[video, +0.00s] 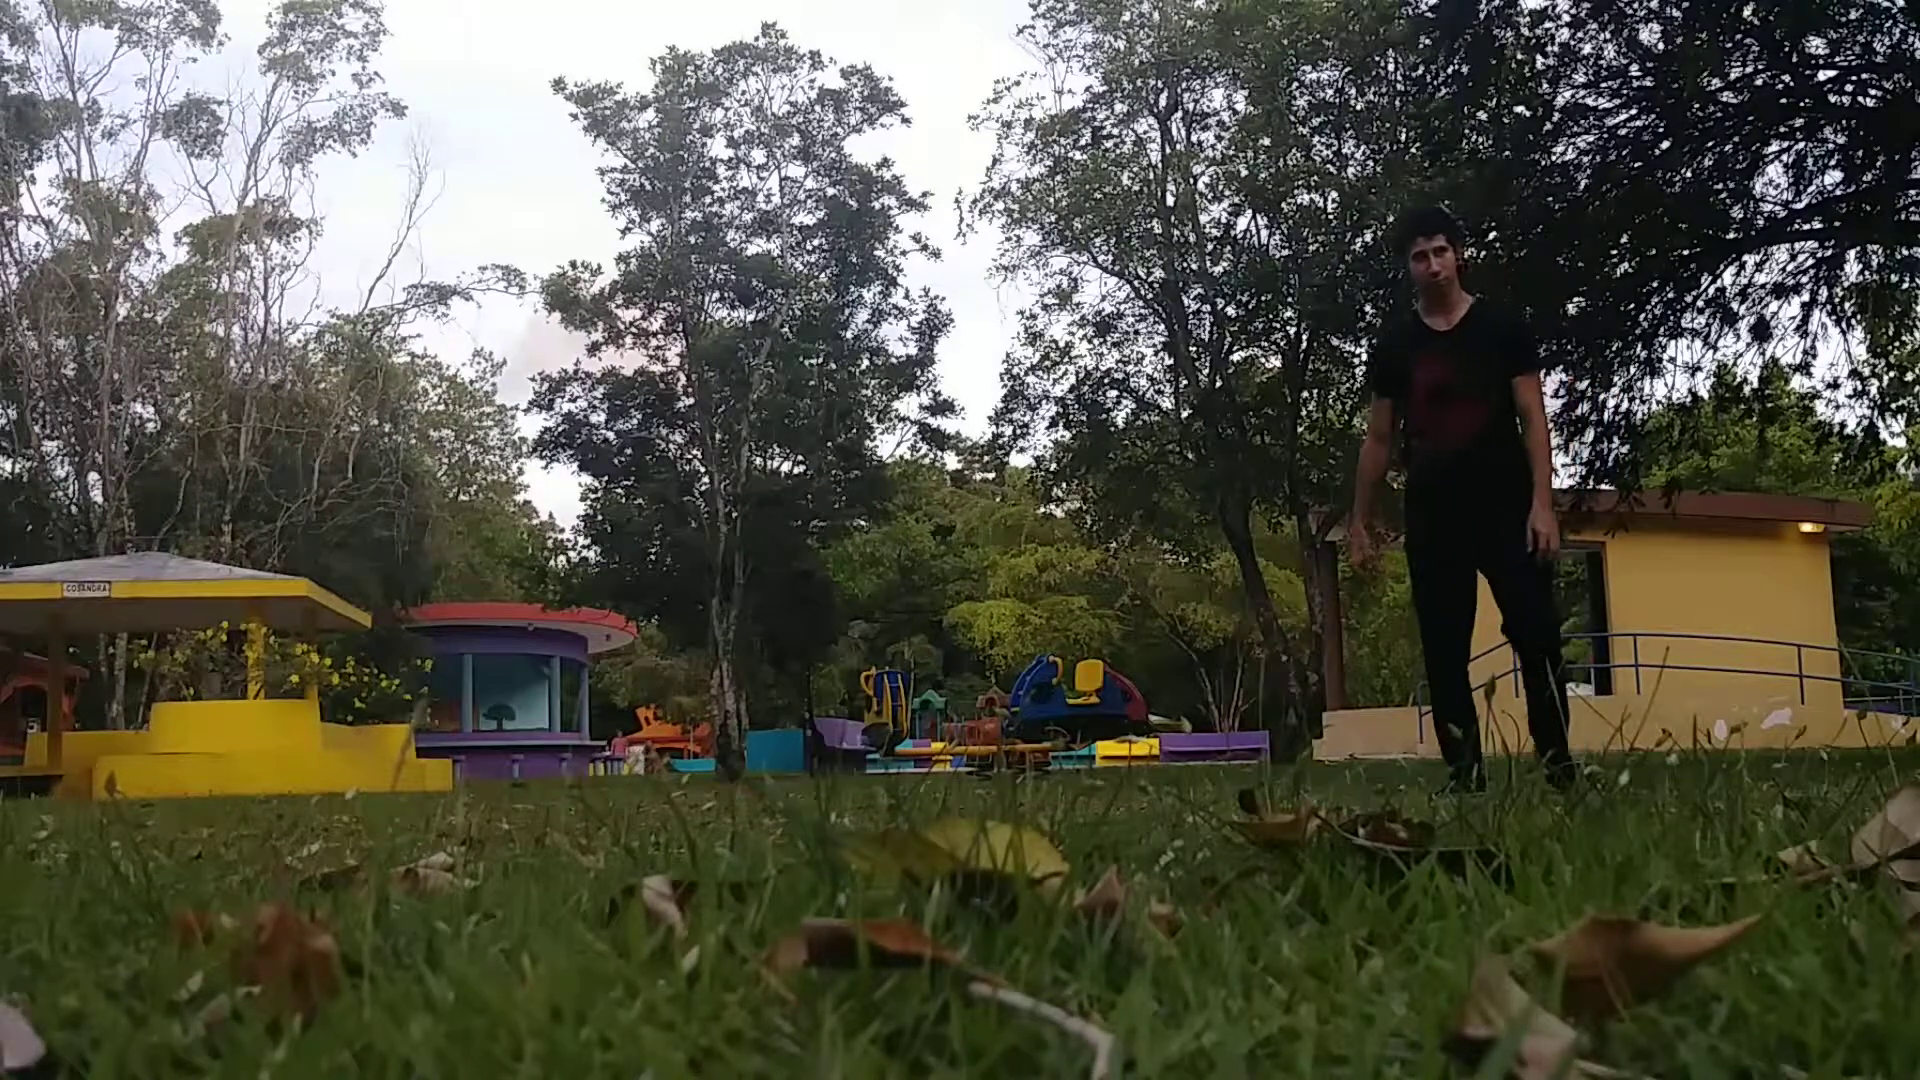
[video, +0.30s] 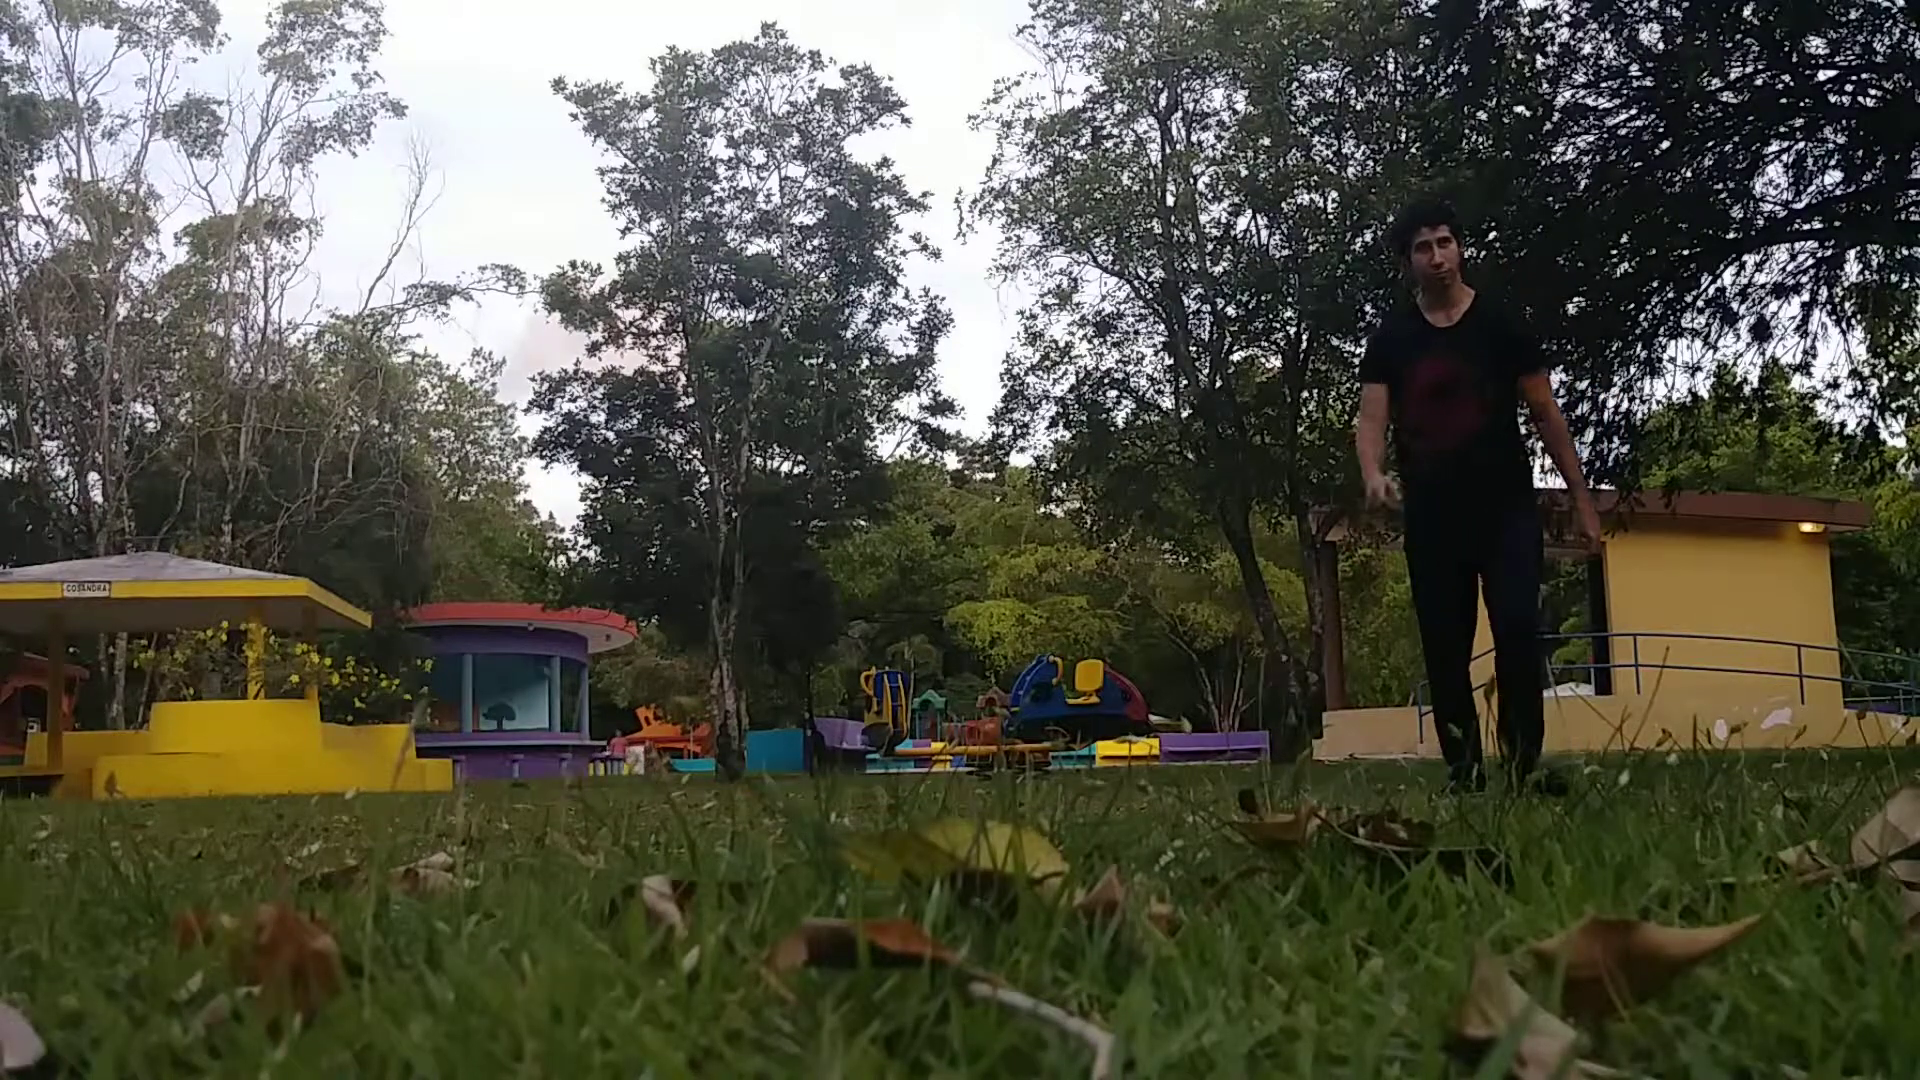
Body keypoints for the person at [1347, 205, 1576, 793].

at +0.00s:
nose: (1432, 263)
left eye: (1440, 251)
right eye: (1420, 256)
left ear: (1459, 254)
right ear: (1408, 268)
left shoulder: (1503, 325)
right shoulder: (1395, 341)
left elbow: (1535, 419)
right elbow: (1378, 435)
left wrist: (1543, 503)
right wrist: (1359, 516)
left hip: (1505, 509)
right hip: (1433, 517)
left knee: (1537, 641)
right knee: (1444, 652)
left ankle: (1558, 765)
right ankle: (1464, 775)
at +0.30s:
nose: (1437, 255)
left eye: (1444, 243)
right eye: (1424, 248)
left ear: (1460, 250)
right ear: (1408, 264)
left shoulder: (1502, 323)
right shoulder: (1393, 336)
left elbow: (1546, 415)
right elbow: (1370, 421)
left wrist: (1583, 499)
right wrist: (1372, 475)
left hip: (1505, 507)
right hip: (1432, 513)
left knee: (1518, 636)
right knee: (1445, 646)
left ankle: (1524, 765)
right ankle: (1462, 770)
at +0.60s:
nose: (1474, 236)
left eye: (1482, 225)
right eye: (1462, 227)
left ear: (1498, 230)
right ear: (1444, 237)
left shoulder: (1532, 304)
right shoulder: (1414, 311)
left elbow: (1569, 398)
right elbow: (1404, 402)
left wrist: (1590, 489)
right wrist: (1408, 477)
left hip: (1519, 495)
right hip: (1444, 497)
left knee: (1528, 638)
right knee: (1441, 638)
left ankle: (1526, 767)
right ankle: (1459, 761)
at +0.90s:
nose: (1482, 224)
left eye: (1491, 211)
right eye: (1470, 214)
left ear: (1509, 213)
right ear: (1452, 221)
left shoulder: (1548, 290)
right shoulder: (1426, 294)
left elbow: (1576, 390)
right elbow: (1400, 392)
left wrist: (1559, 470)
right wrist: (1372, 481)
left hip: (1528, 487)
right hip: (1450, 490)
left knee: (1535, 634)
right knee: (1445, 625)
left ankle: (1525, 768)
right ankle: (1450, 761)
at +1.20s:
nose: (1461, 214)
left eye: (1470, 200)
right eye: (1447, 205)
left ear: (1489, 203)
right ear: (1430, 212)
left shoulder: (1536, 278)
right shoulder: (1410, 294)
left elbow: (1570, 379)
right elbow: (1386, 394)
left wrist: (1556, 474)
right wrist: (1366, 487)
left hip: (1528, 482)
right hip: (1450, 486)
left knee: (1534, 636)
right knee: (1455, 631)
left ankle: (1526, 770)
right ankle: (1464, 772)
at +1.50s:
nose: (1447, 169)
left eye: (1456, 155)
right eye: (1432, 160)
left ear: (1472, 160)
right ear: (1409, 171)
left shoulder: (1521, 241)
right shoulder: (1387, 259)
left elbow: (1561, 340)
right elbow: (1357, 360)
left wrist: (1587, 442)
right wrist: (1335, 458)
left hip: (1524, 455)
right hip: (1440, 463)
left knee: (1553, 603)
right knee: (1450, 615)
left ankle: (1521, 723)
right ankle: (1461, 764)